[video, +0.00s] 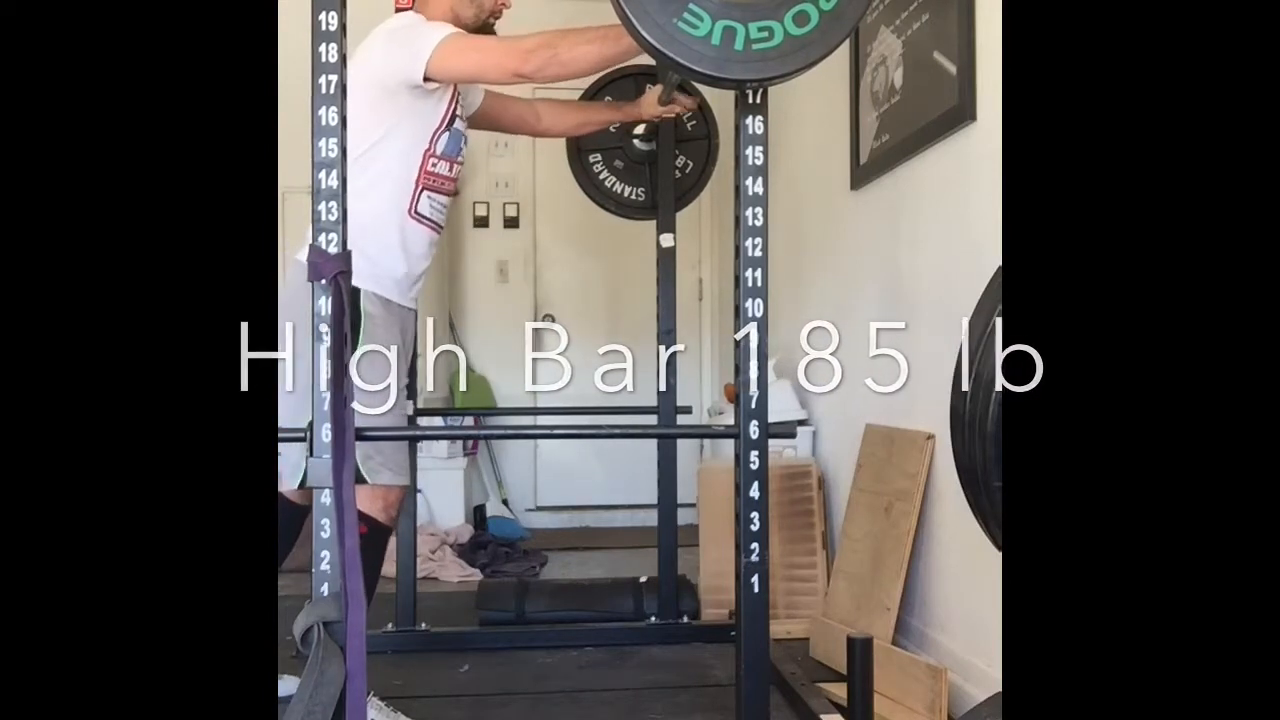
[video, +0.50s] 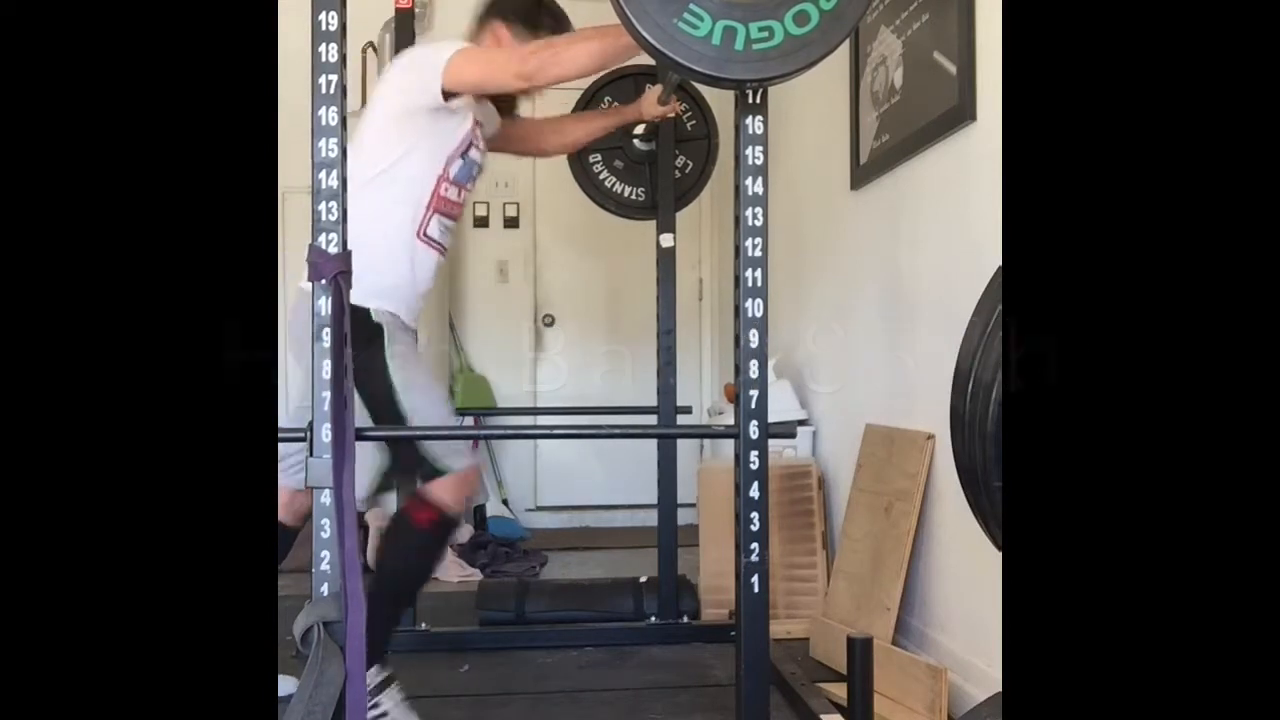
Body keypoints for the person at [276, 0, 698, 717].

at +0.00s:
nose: (503, 8)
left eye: (502, 1)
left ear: (434, 4)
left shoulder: (440, 76)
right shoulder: (400, 41)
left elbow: (534, 117)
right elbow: (533, 61)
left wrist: (636, 110)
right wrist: (657, 29)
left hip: (376, 301)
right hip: (352, 297)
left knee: (304, 482)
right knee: (379, 488)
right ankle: (327, 684)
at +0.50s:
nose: (534, 72)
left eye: (543, 62)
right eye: (533, 58)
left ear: (505, 43)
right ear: (498, 34)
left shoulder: (472, 121)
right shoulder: (421, 68)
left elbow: (546, 136)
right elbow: (543, 66)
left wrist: (634, 114)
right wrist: (659, 28)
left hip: (378, 319)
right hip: (347, 311)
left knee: (297, 494)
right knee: (452, 478)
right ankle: (358, 667)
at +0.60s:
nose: (577, 121)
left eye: (588, 112)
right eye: (584, 102)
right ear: (548, 66)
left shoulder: (503, 125)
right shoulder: (445, 75)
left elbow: (555, 146)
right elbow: (551, 68)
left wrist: (635, 114)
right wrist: (660, 27)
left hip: (392, 313)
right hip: (361, 305)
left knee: (297, 487)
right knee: (473, 465)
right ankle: (410, 667)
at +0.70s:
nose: (599, 155)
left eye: (614, 151)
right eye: (609, 138)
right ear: (587, 89)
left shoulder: (534, 137)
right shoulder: (487, 86)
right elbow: (561, 54)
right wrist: (661, 26)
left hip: (413, 305)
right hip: (387, 298)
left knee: (316, 480)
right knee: (479, 464)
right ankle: (502, 673)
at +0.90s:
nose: (695, 191)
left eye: (710, 185)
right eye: (706, 175)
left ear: (681, 129)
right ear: (684, 128)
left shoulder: (624, 165)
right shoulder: (591, 116)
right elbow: (546, 49)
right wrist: (645, 23)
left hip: (495, 333)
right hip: (465, 324)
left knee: (394, 495)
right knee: (581, 483)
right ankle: (544, 693)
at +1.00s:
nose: (747, 169)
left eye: (760, 162)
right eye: (758, 153)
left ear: (738, 120)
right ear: (745, 114)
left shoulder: (674, 155)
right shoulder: (642, 96)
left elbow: (553, 143)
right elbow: (545, 57)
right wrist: (642, 31)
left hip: (543, 322)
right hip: (510, 311)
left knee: (488, 510)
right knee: (610, 488)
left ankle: (345, 570)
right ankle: (545, 691)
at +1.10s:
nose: (801, 138)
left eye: (811, 124)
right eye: (807, 117)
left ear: (779, 96)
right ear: (777, 90)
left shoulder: (701, 125)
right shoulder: (679, 90)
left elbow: (572, 162)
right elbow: (560, 102)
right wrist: (646, 49)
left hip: (577, 315)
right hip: (551, 311)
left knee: (580, 497)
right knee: (624, 493)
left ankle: (429, 576)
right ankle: (547, 689)